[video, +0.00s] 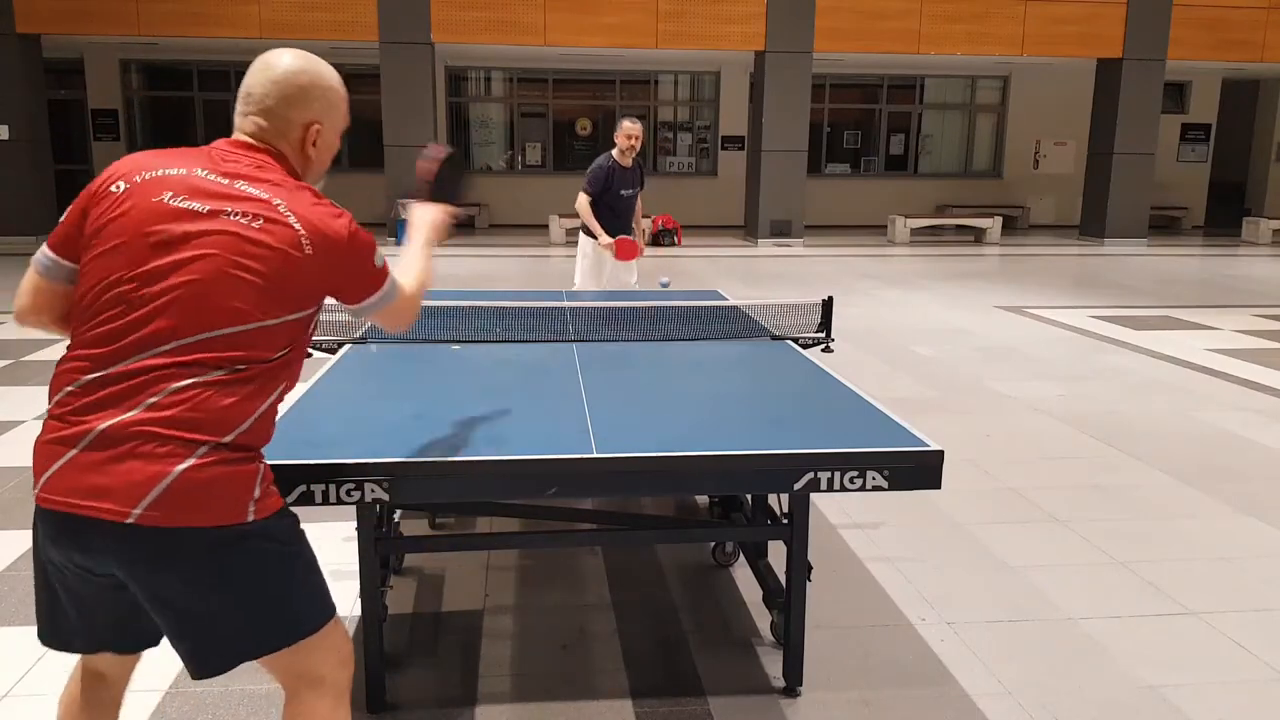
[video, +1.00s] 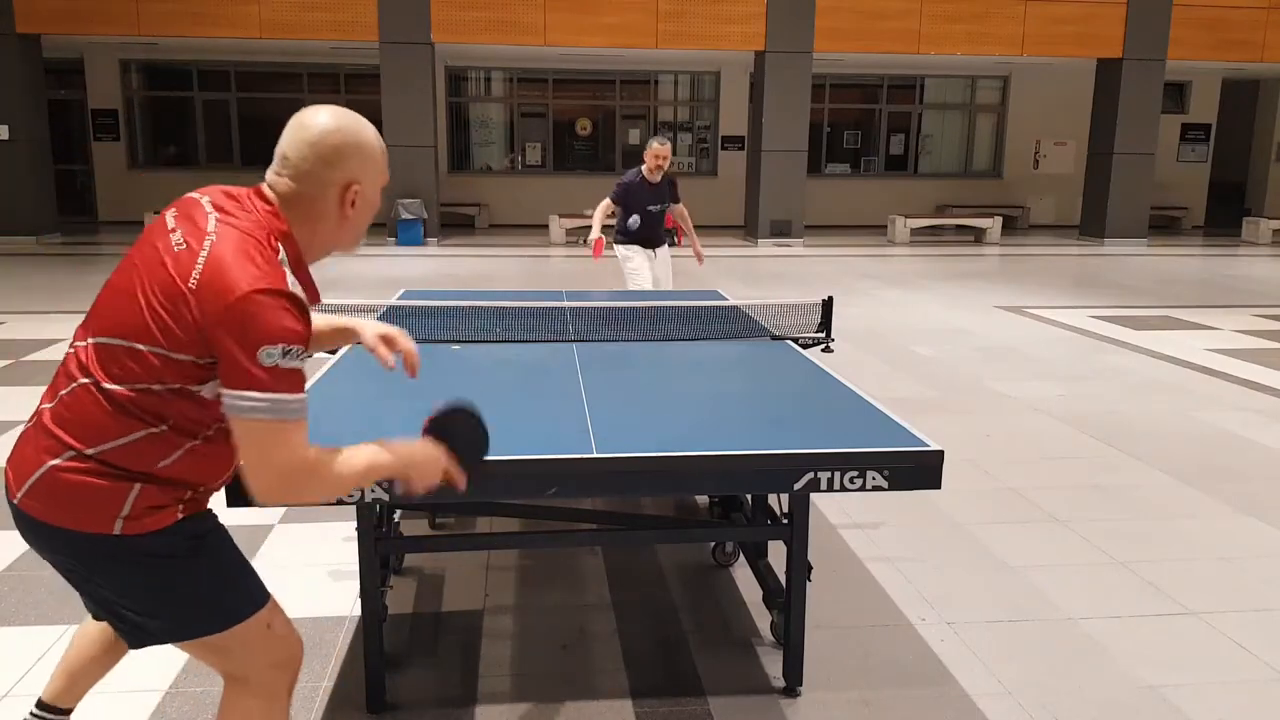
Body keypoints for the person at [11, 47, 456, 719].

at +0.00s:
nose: (335, 151)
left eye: (340, 136)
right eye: (337, 135)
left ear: (243, 115)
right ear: (312, 136)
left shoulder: (127, 174)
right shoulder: (318, 225)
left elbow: (36, 304)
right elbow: (400, 311)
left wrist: (136, 321)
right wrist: (422, 231)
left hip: (70, 495)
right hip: (201, 503)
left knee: (99, 665)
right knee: (321, 673)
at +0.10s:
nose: (311, 139)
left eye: (312, 125)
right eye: (310, 125)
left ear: (215, 112)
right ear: (290, 128)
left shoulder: (98, 178)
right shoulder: (302, 216)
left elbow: (20, 316)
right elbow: (365, 309)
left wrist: (117, 329)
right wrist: (361, 224)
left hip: (65, 495)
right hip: (200, 499)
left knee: (84, 671)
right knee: (318, 671)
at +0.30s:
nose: (262, 142)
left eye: (265, 127)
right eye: (262, 127)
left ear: (168, 117)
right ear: (242, 130)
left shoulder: (55, 187)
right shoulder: (252, 229)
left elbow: (6, 325)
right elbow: (305, 378)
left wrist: (87, 327)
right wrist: (302, 311)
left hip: (28, 494)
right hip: (155, 500)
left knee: (87, 656)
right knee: (291, 681)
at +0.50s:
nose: (264, 136)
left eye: (266, 120)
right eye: (264, 120)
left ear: (170, 111)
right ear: (241, 124)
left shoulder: (75, 173)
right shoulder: (217, 226)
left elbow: (9, 294)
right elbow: (225, 398)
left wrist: (107, 314)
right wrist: (287, 376)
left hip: (16, 473)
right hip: (119, 495)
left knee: (92, 637)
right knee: (254, 657)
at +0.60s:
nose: (283, 136)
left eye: (285, 118)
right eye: (283, 118)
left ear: (188, 108)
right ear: (261, 122)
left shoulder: (100, 166)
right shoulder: (219, 222)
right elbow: (229, 402)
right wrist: (299, 380)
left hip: (25, 461)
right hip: (115, 487)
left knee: (92, 637)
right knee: (246, 658)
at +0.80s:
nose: (339, 169)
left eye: (340, 153)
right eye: (339, 153)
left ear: (240, 137)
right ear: (314, 157)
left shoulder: (164, 184)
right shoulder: (253, 259)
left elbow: (170, 326)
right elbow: (287, 441)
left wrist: (277, 347)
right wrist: (363, 407)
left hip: (35, 468)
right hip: (126, 503)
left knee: (102, 633)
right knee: (265, 659)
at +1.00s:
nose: (376, 206)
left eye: (382, 190)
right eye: (379, 191)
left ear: (283, 170)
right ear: (350, 199)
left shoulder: (209, 206)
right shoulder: (256, 295)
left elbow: (241, 327)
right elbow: (281, 478)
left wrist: (350, 329)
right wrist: (392, 459)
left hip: (48, 468)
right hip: (114, 506)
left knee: (140, 601)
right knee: (269, 660)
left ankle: (47, 712)